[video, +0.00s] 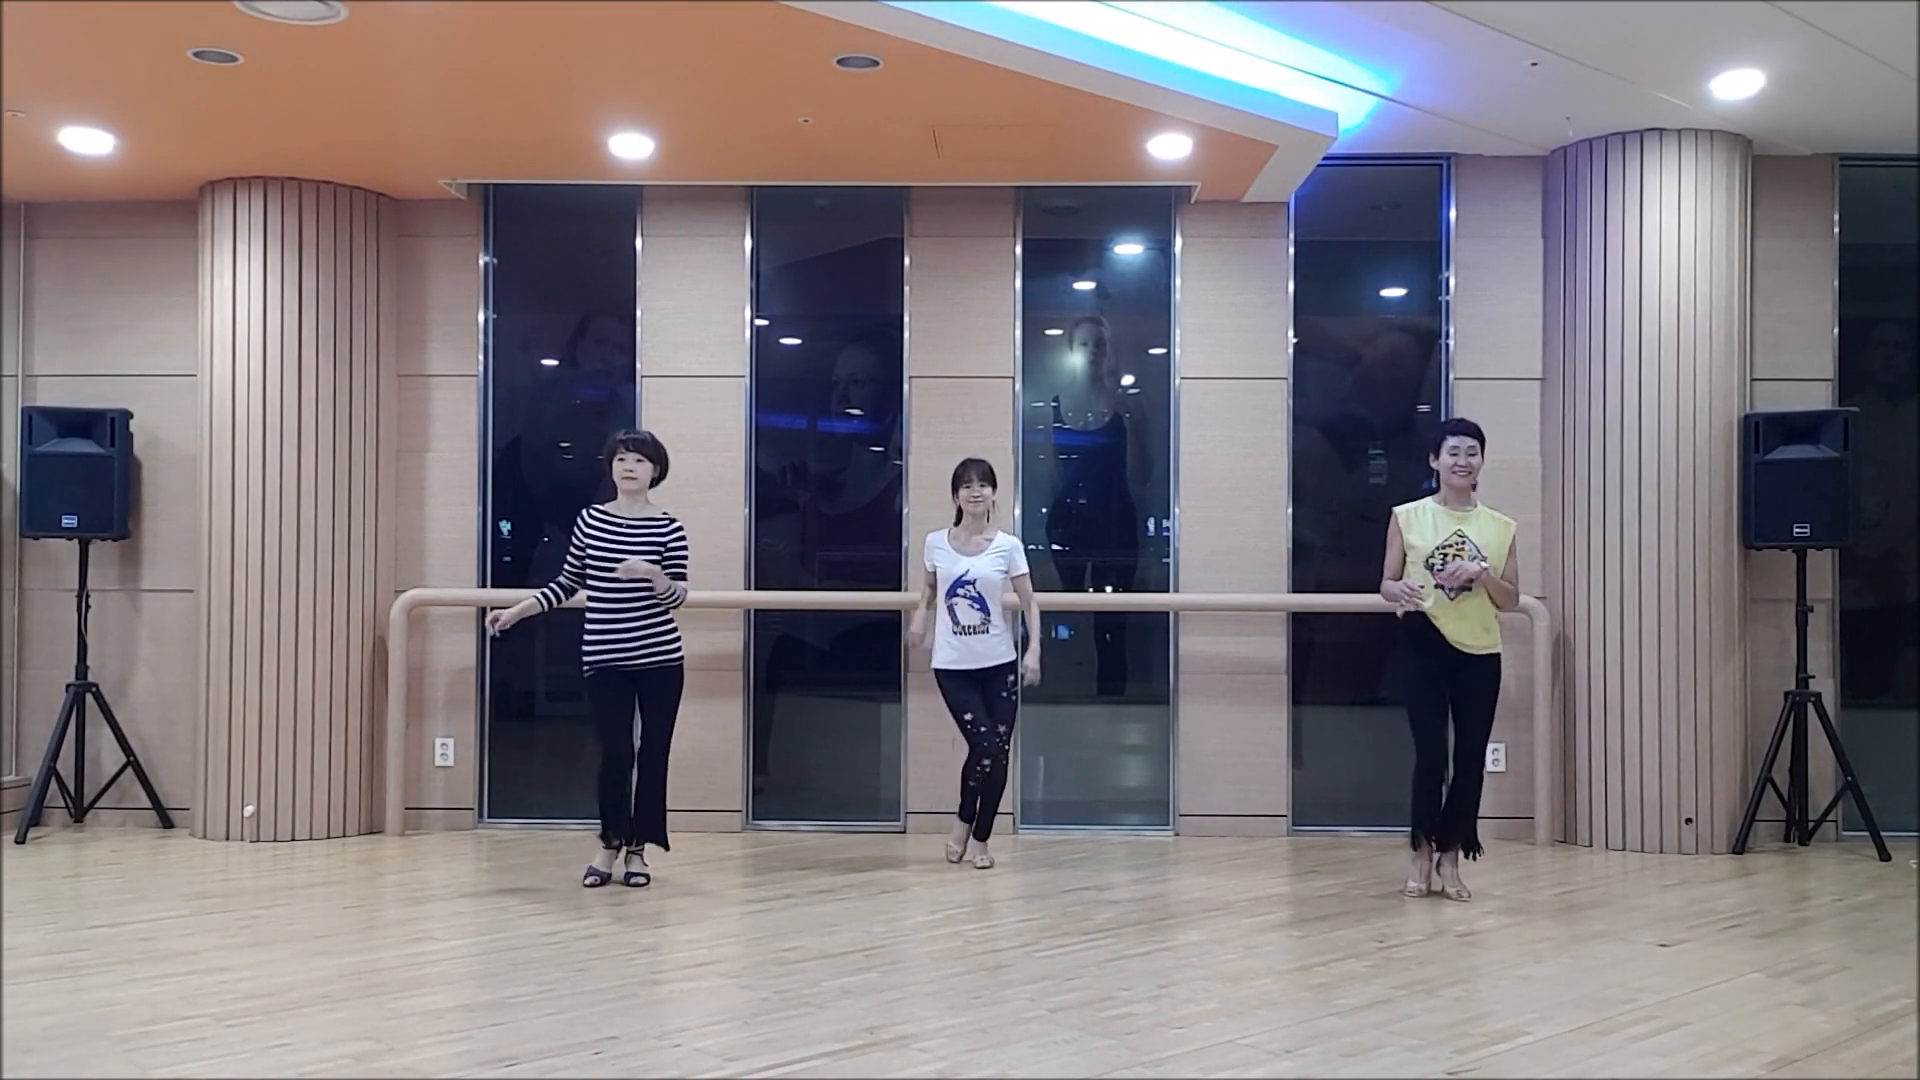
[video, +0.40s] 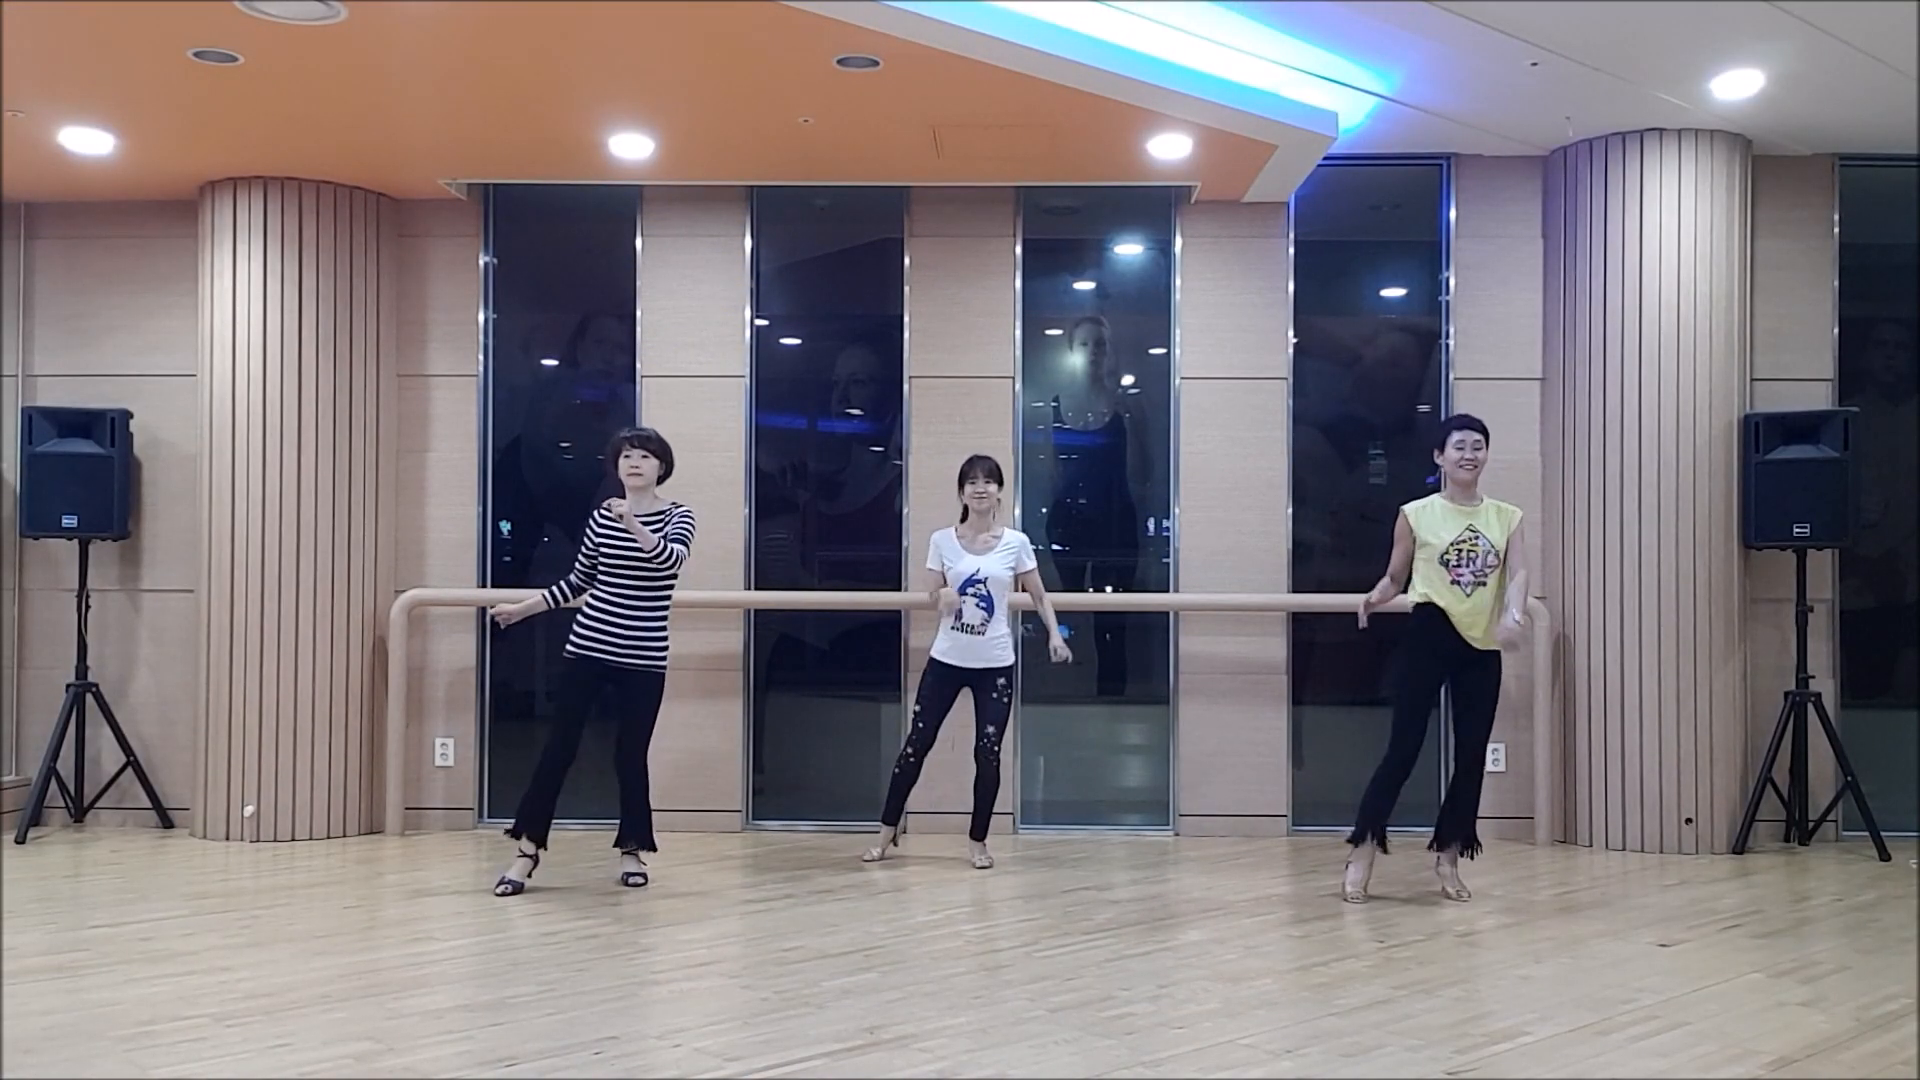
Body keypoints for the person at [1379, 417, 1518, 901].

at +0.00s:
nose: (1463, 461)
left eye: (1472, 453)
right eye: (1454, 453)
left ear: (1483, 462)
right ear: (1436, 461)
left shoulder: (1500, 527)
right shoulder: (1407, 516)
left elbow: (1510, 600)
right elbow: (1387, 585)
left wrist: (1482, 574)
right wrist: (1395, 588)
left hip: (1479, 651)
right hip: (1423, 644)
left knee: (1470, 758)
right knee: (1432, 755)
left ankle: (1450, 858)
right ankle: (1421, 855)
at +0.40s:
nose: (1469, 454)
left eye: (1477, 447)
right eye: (1459, 447)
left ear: (1487, 457)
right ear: (1440, 457)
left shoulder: (1505, 517)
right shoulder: (1415, 515)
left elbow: (1517, 574)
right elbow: (1394, 578)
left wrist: (1515, 611)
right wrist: (1372, 598)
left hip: (1481, 643)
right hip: (1427, 638)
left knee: (1472, 758)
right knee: (1404, 749)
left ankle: (1447, 853)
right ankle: (1363, 850)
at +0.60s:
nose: (1481, 456)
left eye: (1488, 450)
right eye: (1471, 450)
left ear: (1498, 462)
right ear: (1450, 461)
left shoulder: (1518, 525)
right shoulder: (1423, 519)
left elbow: (1537, 598)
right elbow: (1394, 588)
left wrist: (1556, 657)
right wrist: (1372, 584)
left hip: (1494, 648)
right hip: (1439, 642)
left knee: (1477, 759)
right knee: (1437, 753)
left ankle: (1449, 853)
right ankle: (1396, 830)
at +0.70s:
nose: (1489, 455)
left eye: (1495, 449)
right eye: (1479, 448)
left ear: (1504, 461)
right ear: (1458, 460)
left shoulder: (1524, 524)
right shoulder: (1431, 517)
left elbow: (1539, 592)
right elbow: (1403, 580)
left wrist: (1561, 652)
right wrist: (1389, 588)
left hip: (1500, 645)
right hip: (1446, 639)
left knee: (1481, 750)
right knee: (1457, 745)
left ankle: (1450, 848)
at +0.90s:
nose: (1501, 459)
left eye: (1508, 453)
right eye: (1490, 453)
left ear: (1517, 464)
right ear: (1470, 465)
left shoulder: (1535, 525)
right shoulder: (1445, 525)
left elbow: (1541, 586)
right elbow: (1427, 594)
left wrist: (1568, 627)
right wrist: (1457, 603)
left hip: (1517, 649)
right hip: (1462, 648)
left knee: (1506, 749)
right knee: (1475, 748)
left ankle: (1514, 850)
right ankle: (1489, 846)